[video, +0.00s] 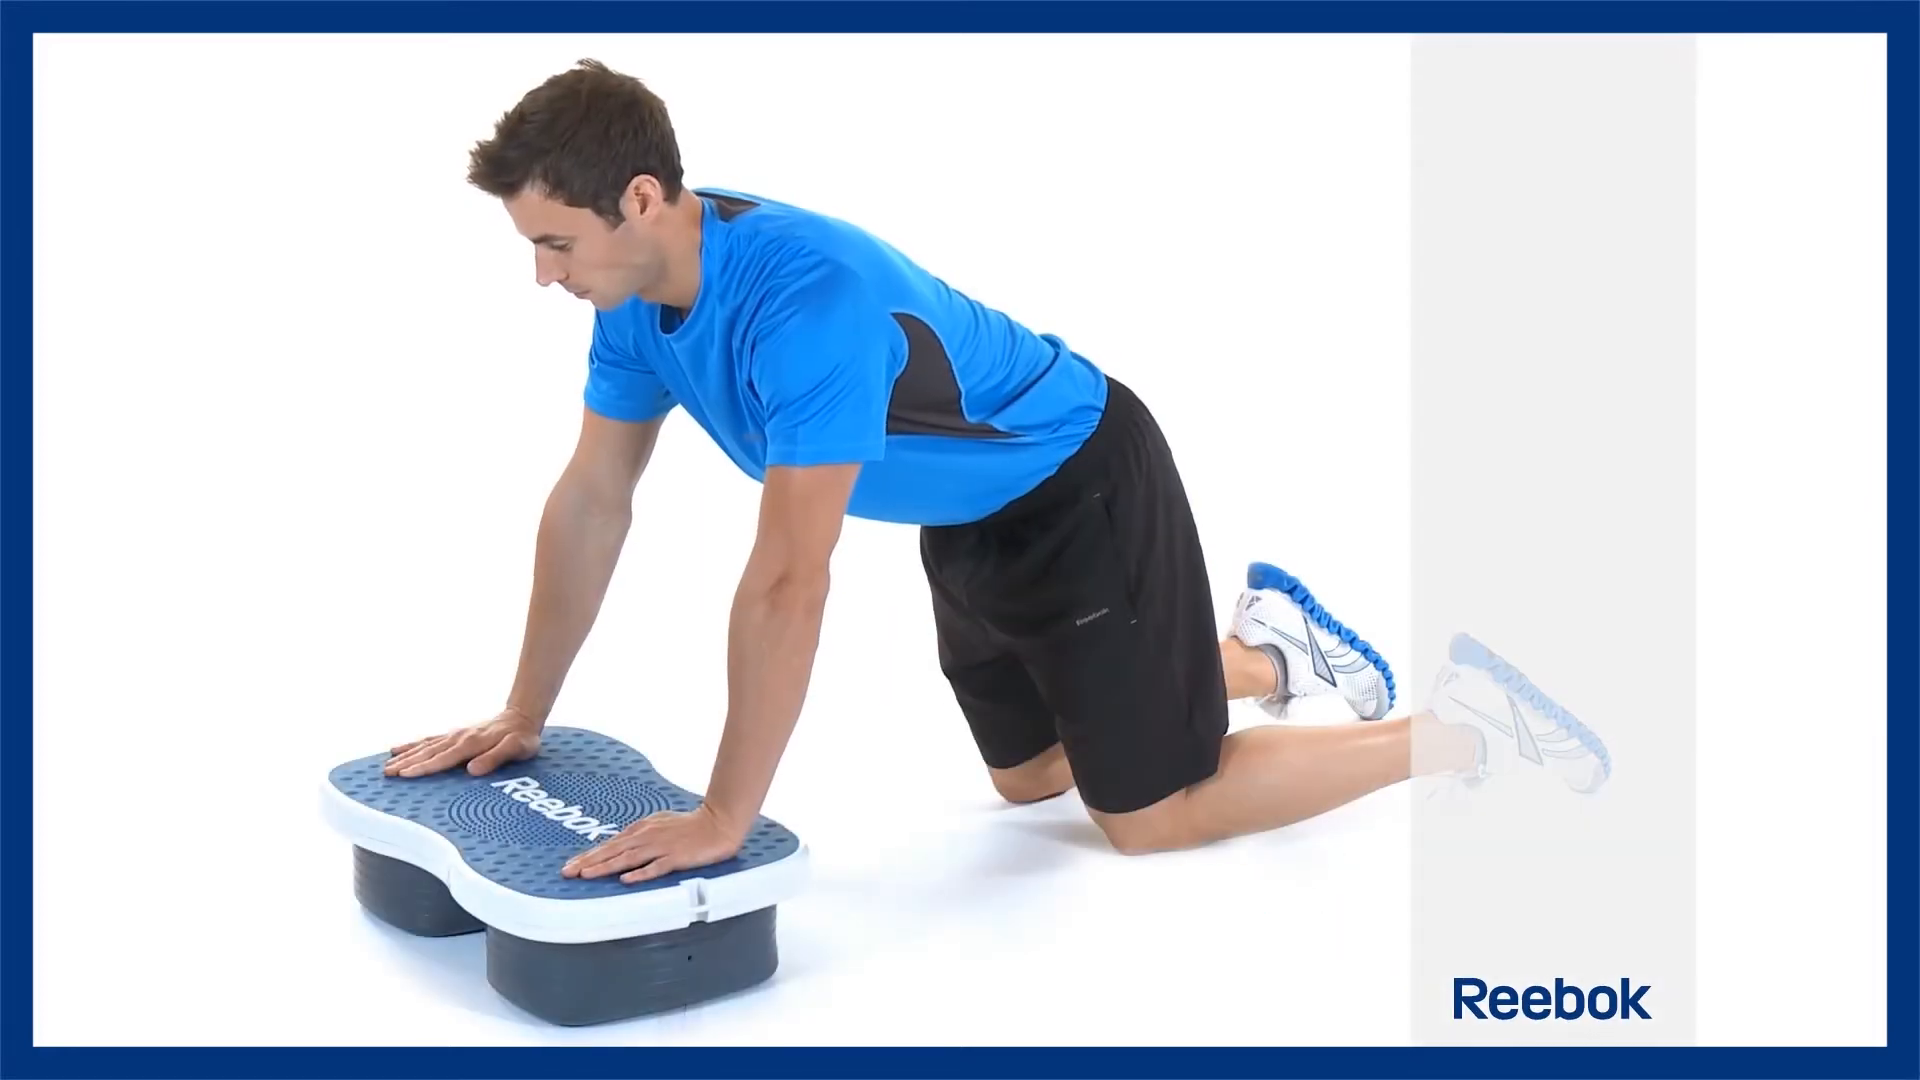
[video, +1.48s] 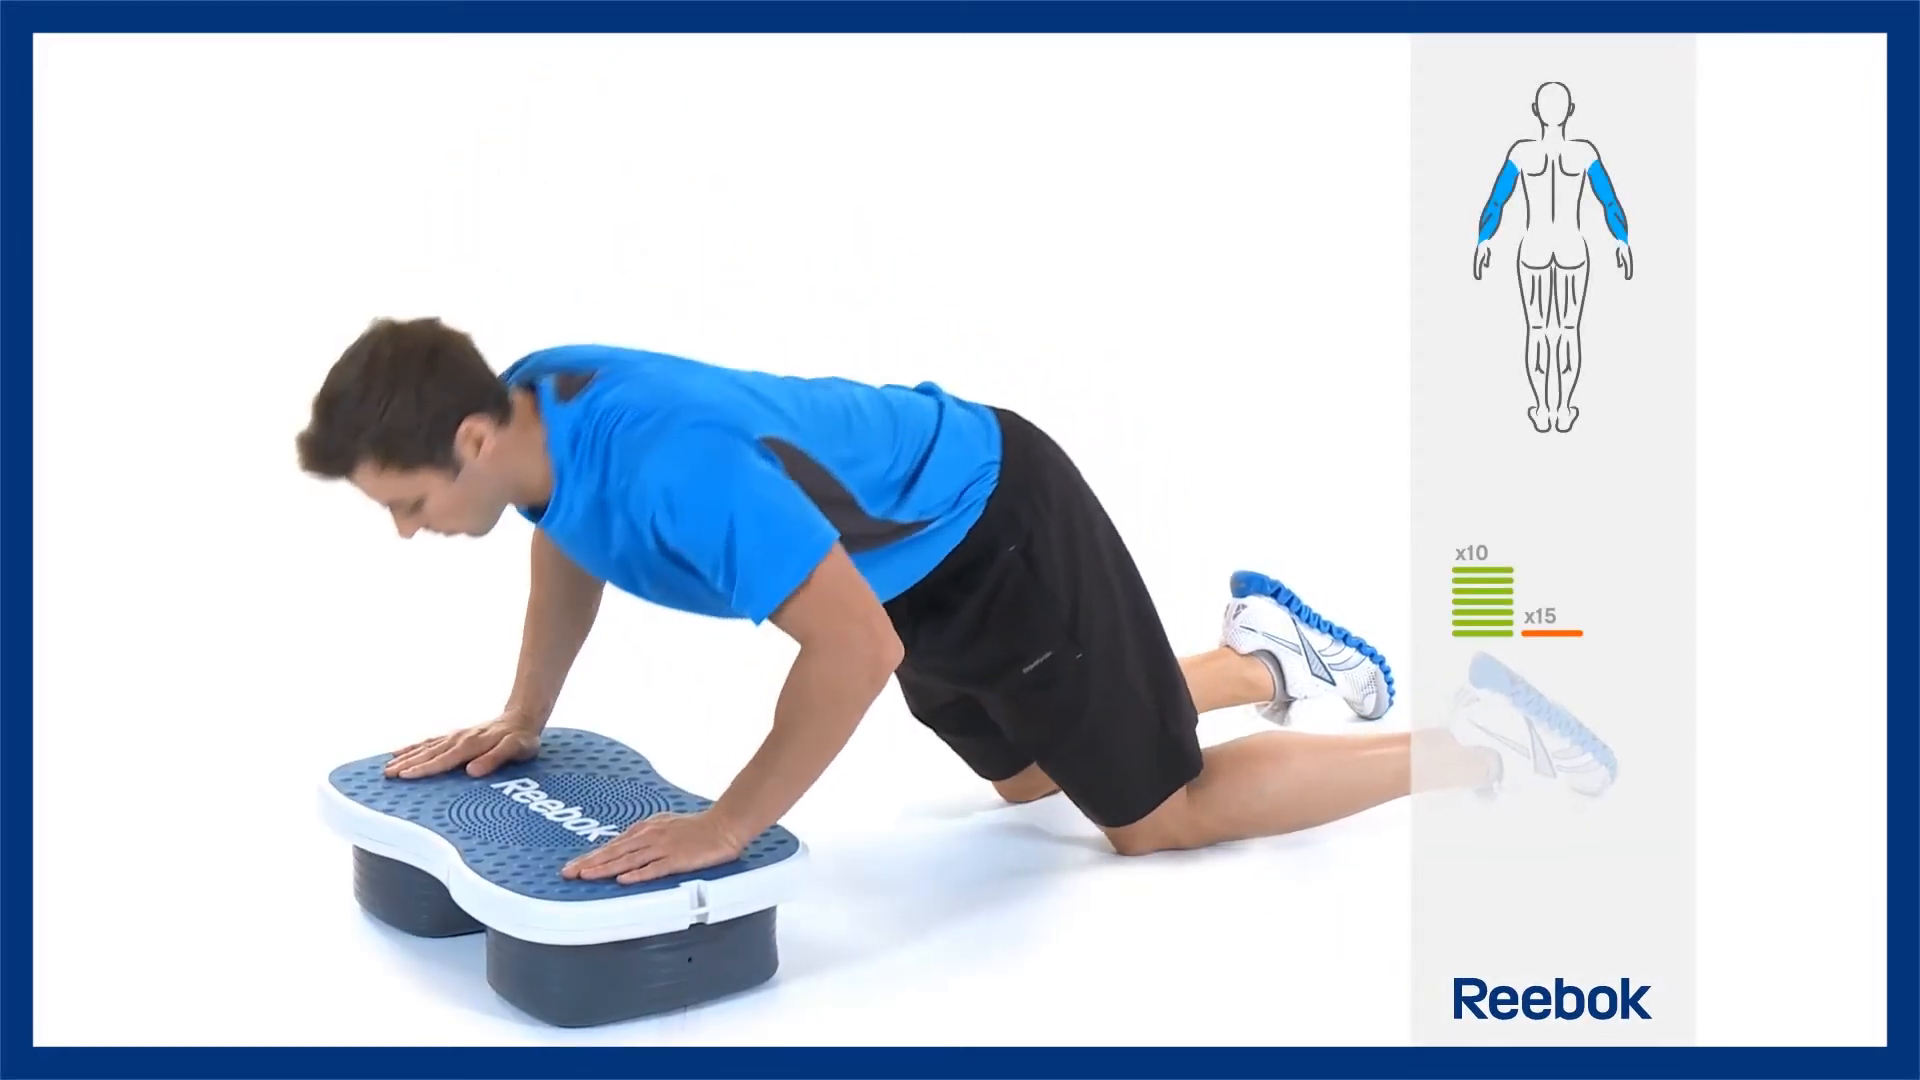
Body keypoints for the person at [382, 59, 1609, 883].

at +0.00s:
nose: (541, 272)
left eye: (551, 242)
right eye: (529, 246)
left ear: (643, 200)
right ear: (613, 212)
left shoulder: (806, 302)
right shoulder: (635, 309)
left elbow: (789, 583)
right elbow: (588, 509)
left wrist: (727, 814)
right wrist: (525, 715)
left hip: (1077, 477)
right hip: (958, 516)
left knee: (1152, 807)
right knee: (1038, 777)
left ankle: (1449, 734)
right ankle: (1262, 659)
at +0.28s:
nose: (546, 275)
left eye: (556, 244)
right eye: (532, 248)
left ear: (649, 202)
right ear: (622, 215)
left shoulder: (806, 300)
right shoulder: (633, 303)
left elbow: (787, 581)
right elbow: (589, 503)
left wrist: (729, 811)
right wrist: (522, 715)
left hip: (1082, 483)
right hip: (964, 521)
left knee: (1154, 814)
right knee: (1038, 770)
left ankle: (1449, 738)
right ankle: (1266, 659)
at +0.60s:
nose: (545, 273)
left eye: (555, 241)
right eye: (531, 246)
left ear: (648, 201)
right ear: (622, 214)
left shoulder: (807, 302)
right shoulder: (633, 303)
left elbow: (786, 583)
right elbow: (587, 505)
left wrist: (728, 812)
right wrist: (522, 717)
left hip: (1083, 483)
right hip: (963, 521)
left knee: (1152, 814)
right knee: (1037, 770)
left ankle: (1448, 737)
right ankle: (1265, 657)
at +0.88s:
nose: (544, 255)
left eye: (554, 222)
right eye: (532, 227)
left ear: (646, 185)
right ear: (613, 200)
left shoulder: (806, 297)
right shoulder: (629, 301)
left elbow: (781, 578)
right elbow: (583, 504)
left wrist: (723, 811)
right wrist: (520, 713)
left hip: (1074, 477)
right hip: (956, 516)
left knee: (1158, 809)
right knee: (1040, 775)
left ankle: (1465, 735)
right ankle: (1272, 657)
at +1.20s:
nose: (500, 343)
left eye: (504, 314)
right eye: (484, 322)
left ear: (587, 256)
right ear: (567, 262)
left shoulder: (759, 352)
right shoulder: (598, 340)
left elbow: (834, 611)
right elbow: (584, 520)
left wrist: (729, 817)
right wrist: (519, 719)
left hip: (1054, 488)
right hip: (943, 536)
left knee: (1150, 811)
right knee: (1032, 775)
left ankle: (1470, 746)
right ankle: (1267, 665)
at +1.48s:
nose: (409, 530)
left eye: (409, 503)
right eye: (389, 512)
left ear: (481, 441)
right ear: (464, 434)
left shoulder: (664, 467)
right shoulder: (534, 411)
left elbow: (853, 646)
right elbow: (574, 551)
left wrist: (733, 820)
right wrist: (523, 713)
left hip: (997, 522)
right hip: (899, 567)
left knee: (1154, 809)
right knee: (1032, 771)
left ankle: (1467, 751)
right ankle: (1255, 657)